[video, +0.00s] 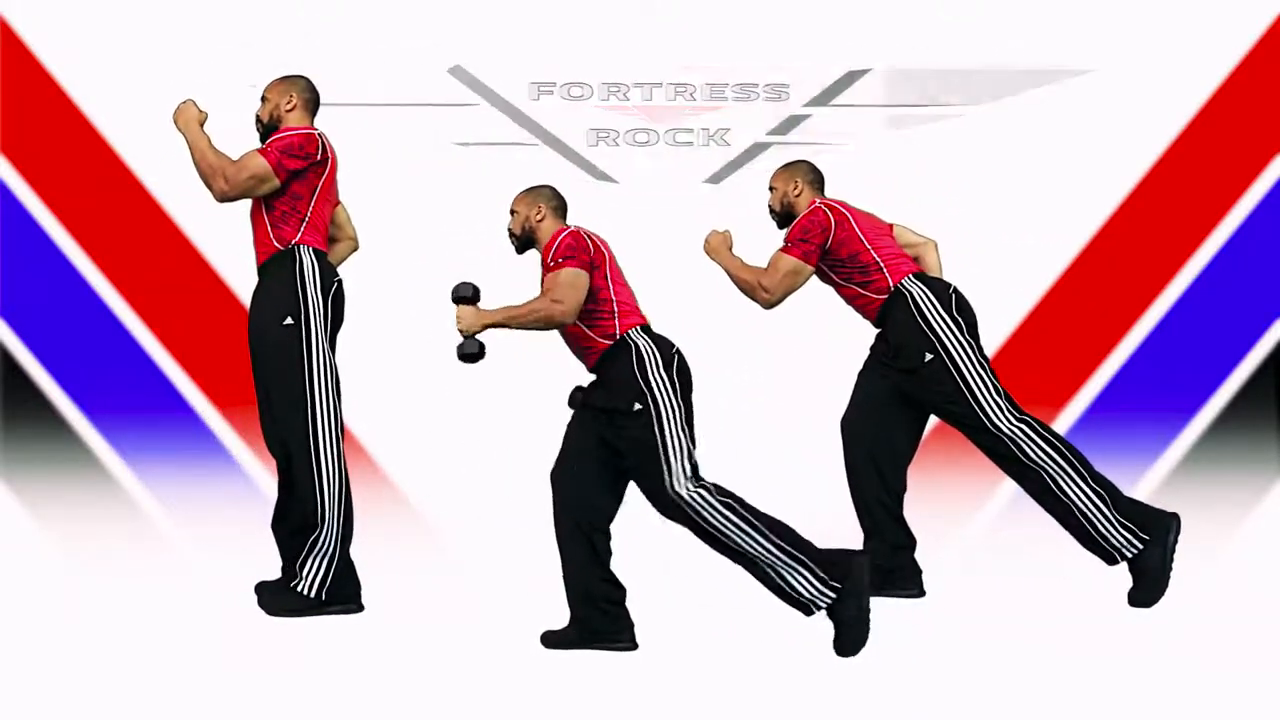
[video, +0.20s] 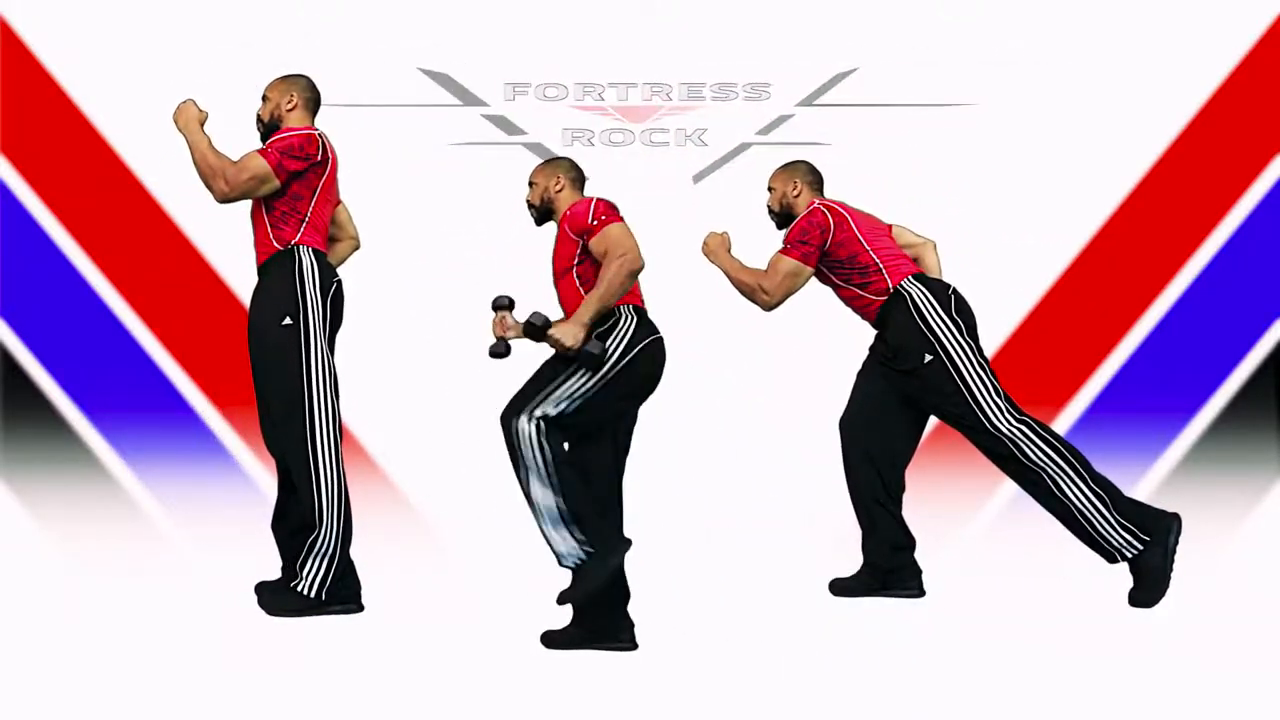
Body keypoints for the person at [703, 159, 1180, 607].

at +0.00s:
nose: (768, 201)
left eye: (774, 190)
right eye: (769, 193)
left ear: (802, 187)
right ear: (810, 191)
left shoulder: (817, 219)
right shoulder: (848, 220)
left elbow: (767, 290)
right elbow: (924, 249)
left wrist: (723, 256)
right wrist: (939, 315)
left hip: (920, 309)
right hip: (904, 324)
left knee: (1003, 430)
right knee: (866, 435)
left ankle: (1141, 533)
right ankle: (891, 566)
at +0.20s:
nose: (768, 200)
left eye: (774, 190)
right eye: (768, 192)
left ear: (802, 189)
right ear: (807, 192)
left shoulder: (815, 220)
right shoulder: (845, 221)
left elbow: (768, 293)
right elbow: (923, 249)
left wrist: (722, 259)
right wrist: (941, 315)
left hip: (920, 311)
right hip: (903, 325)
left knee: (1003, 431)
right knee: (865, 437)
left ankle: (1142, 533)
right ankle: (890, 568)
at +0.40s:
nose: (767, 201)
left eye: (773, 190)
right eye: (768, 193)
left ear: (801, 189)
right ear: (807, 192)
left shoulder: (814, 219)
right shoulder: (844, 221)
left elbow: (768, 292)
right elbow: (920, 251)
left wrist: (722, 259)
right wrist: (936, 317)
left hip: (920, 312)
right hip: (901, 328)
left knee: (1003, 430)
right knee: (863, 436)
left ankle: (1143, 535)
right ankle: (889, 568)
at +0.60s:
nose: (769, 184)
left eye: (775, 175)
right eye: (769, 177)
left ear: (802, 173)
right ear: (805, 177)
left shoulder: (822, 204)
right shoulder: (837, 212)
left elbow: (799, 283)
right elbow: (887, 279)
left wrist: (740, 283)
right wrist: (872, 330)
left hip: (911, 306)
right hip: (889, 325)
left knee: (950, 434)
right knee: (866, 440)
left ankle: (1096, 525)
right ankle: (889, 568)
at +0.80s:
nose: (789, 164)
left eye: (794, 155)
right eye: (789, 157)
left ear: (819, 152)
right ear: (821, 154)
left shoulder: (844, 178)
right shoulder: (835, 206)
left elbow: (875, 239)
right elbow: (836, 286)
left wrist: (828, 297)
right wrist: (779, 275)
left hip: (908, 288)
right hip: (903, 298)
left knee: (825, 383)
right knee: (884, 425)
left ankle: (897, 500)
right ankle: (890, 567)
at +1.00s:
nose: (803, 149)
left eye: (808, 138)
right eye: (803, 141)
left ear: (832, 135)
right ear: (836, 138)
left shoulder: (859, 162)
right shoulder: (850, 200)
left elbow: (919, 200)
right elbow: (805, 254)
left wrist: (926, 276)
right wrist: (760, 218)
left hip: (890, 274)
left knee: (779, 291)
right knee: (877, 434)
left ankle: (784, 421)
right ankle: (892, 565)